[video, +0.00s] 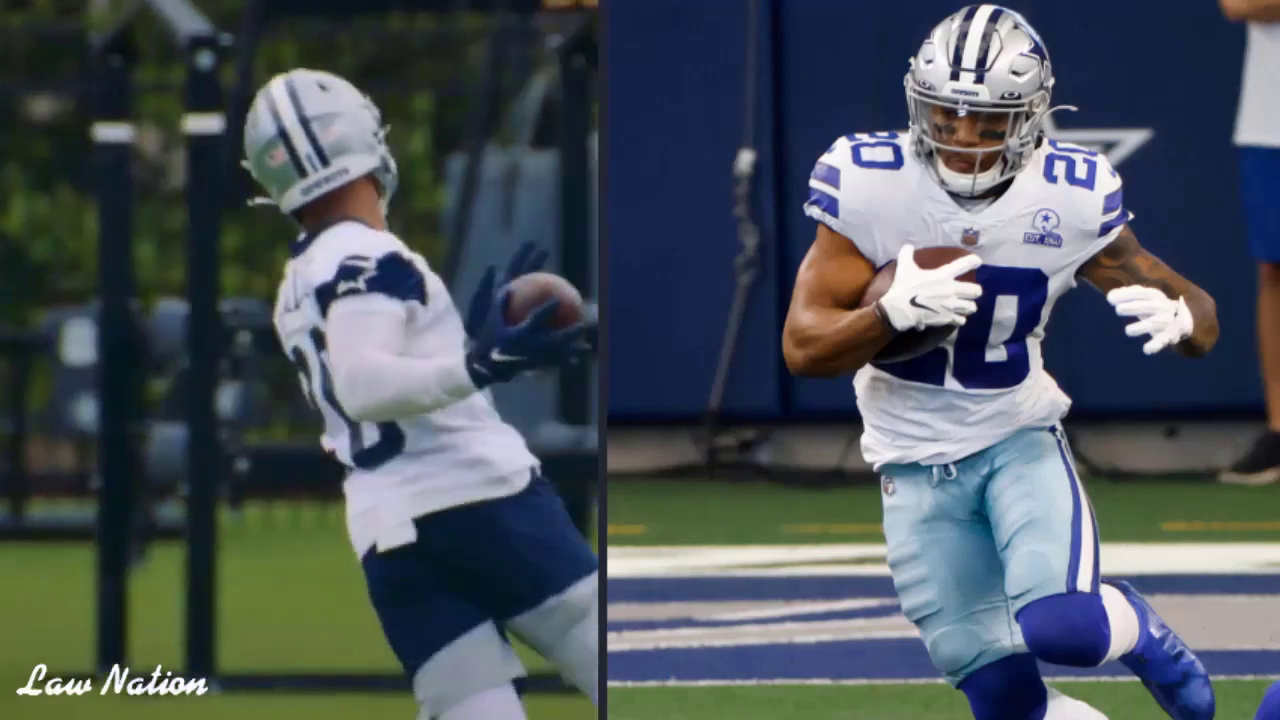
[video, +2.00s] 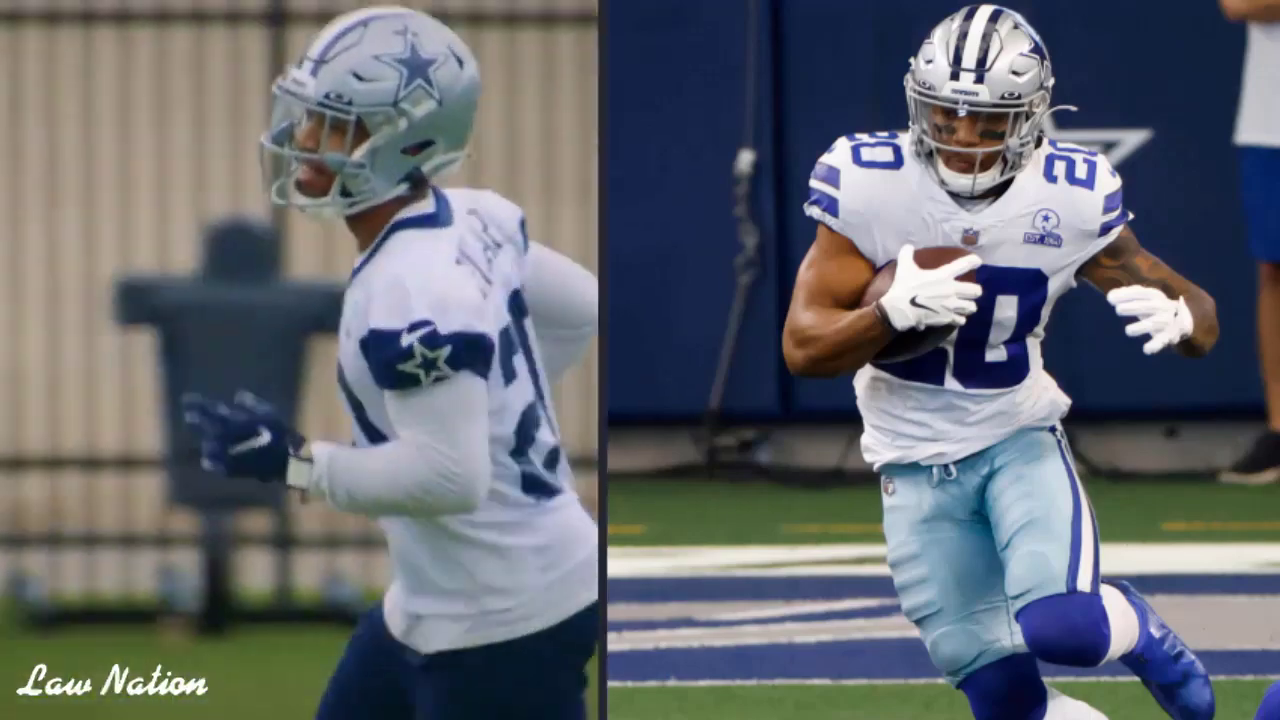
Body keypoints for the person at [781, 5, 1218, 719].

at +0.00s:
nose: (966, 138)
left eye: (988, 121)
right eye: (950, 117)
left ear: (1028, 119)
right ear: (922, 110)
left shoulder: (1071, 194)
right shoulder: (863, 179)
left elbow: (1197, 309)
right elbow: (801, 349)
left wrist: (1181, 319)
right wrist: (887, 313)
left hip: (1018, 437)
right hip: (911, 468)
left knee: (1054, 626)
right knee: (1001, 696)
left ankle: (1142, 633)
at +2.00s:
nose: (966, 138)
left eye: (988, 121)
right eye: (950, 117)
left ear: (1028, 119)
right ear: (922, 110)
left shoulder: (1071, 194)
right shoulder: (863, 179)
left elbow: (1197, 309)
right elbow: (801, 349)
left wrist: (1181, 319)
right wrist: (887, 313)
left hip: (1018, 437)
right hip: (911, 467)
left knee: (1054, 626)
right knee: (1001, 696)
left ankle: (1142, 633)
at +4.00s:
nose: (966, 137)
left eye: (988, 121)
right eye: (950, 117)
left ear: (1027, 118)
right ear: (922, 110)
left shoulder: (1071, 194)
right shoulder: (863, 180)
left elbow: (1197, 310)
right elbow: (801, 350)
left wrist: (1181, 318)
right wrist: (887, 313)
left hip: (1018, 437)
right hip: (911, 467)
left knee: (1054, 626)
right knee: (1001, 696)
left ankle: (1141, 632)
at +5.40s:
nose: (966, 137)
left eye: (988, 121)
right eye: (951, 117)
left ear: (1028, 119)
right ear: (923, 110)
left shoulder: (1071, 194)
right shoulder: (862, 179)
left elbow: (1197, 310)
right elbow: (801, 350)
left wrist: (1181, 319)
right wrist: (887, 312)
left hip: (1018, 437)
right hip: (911, 467)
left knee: (1054, 626)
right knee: (1001, 697)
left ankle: (1142, 632)